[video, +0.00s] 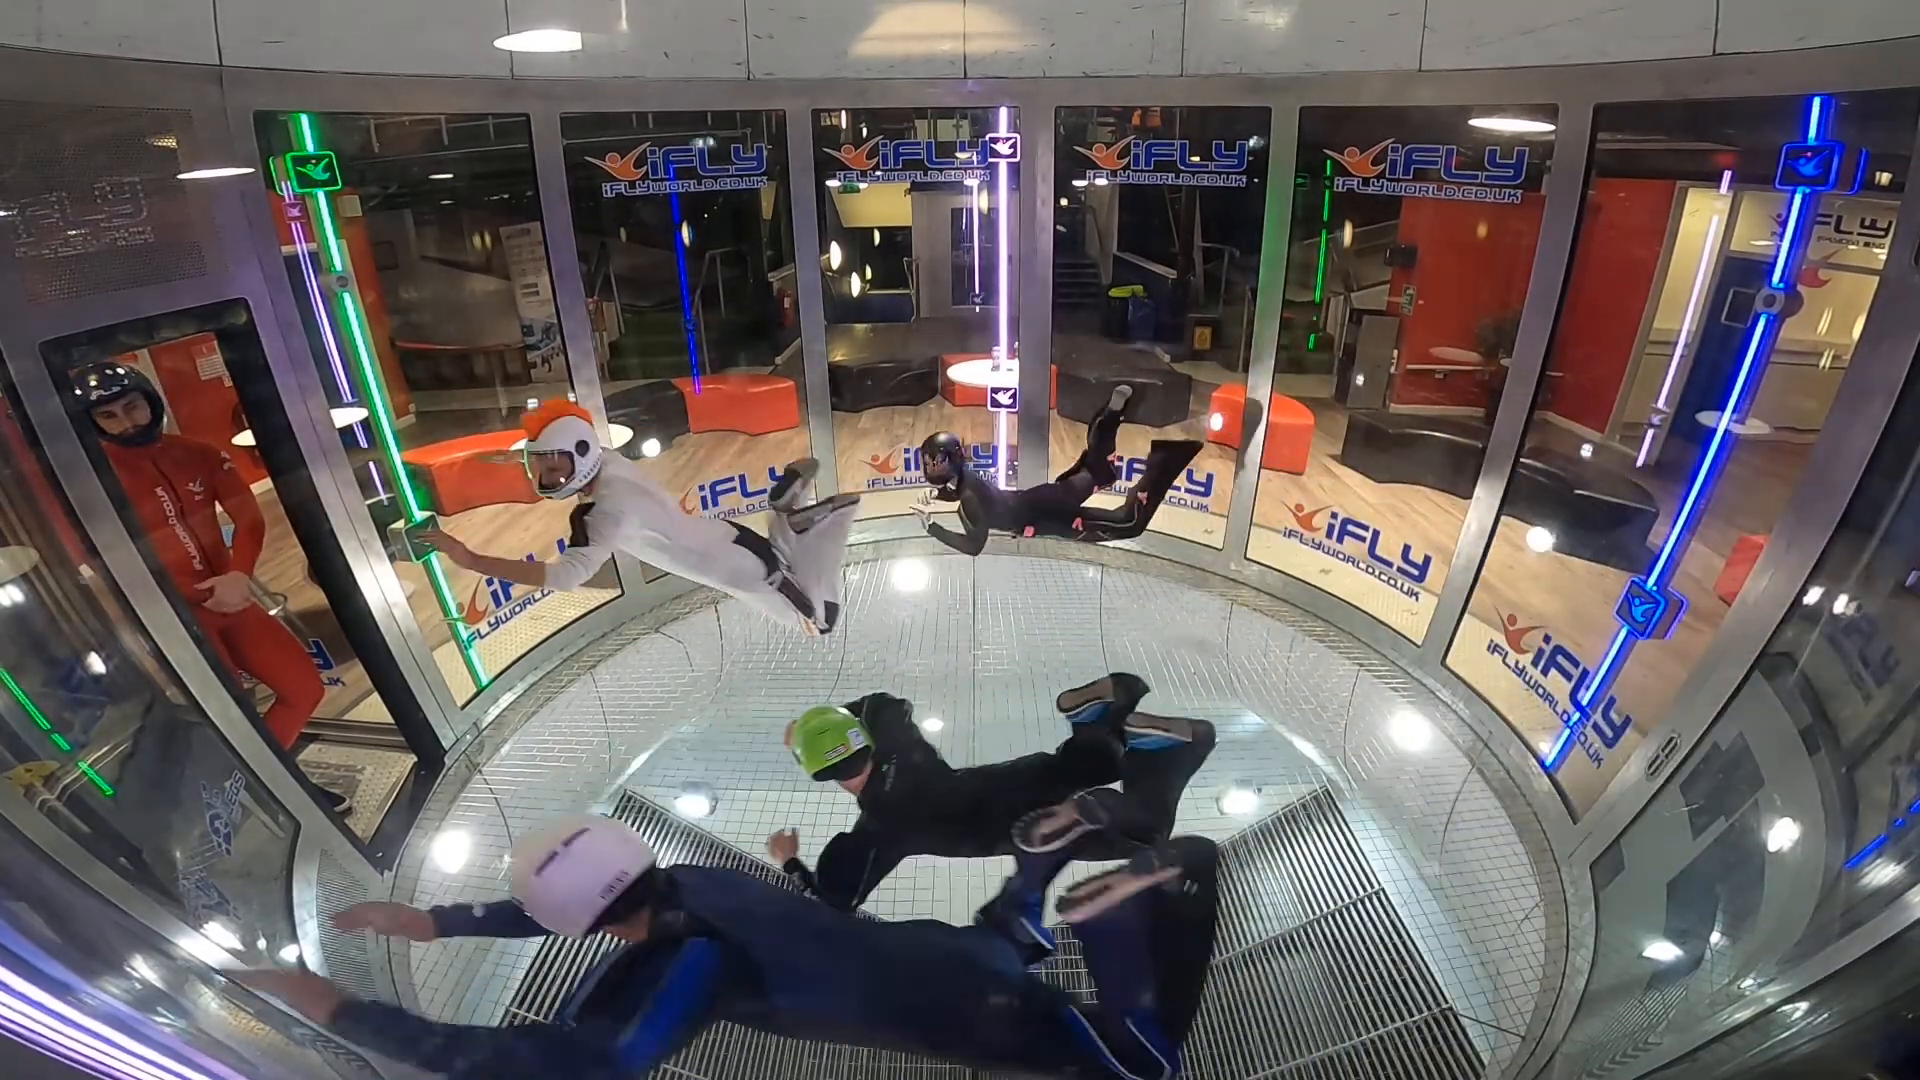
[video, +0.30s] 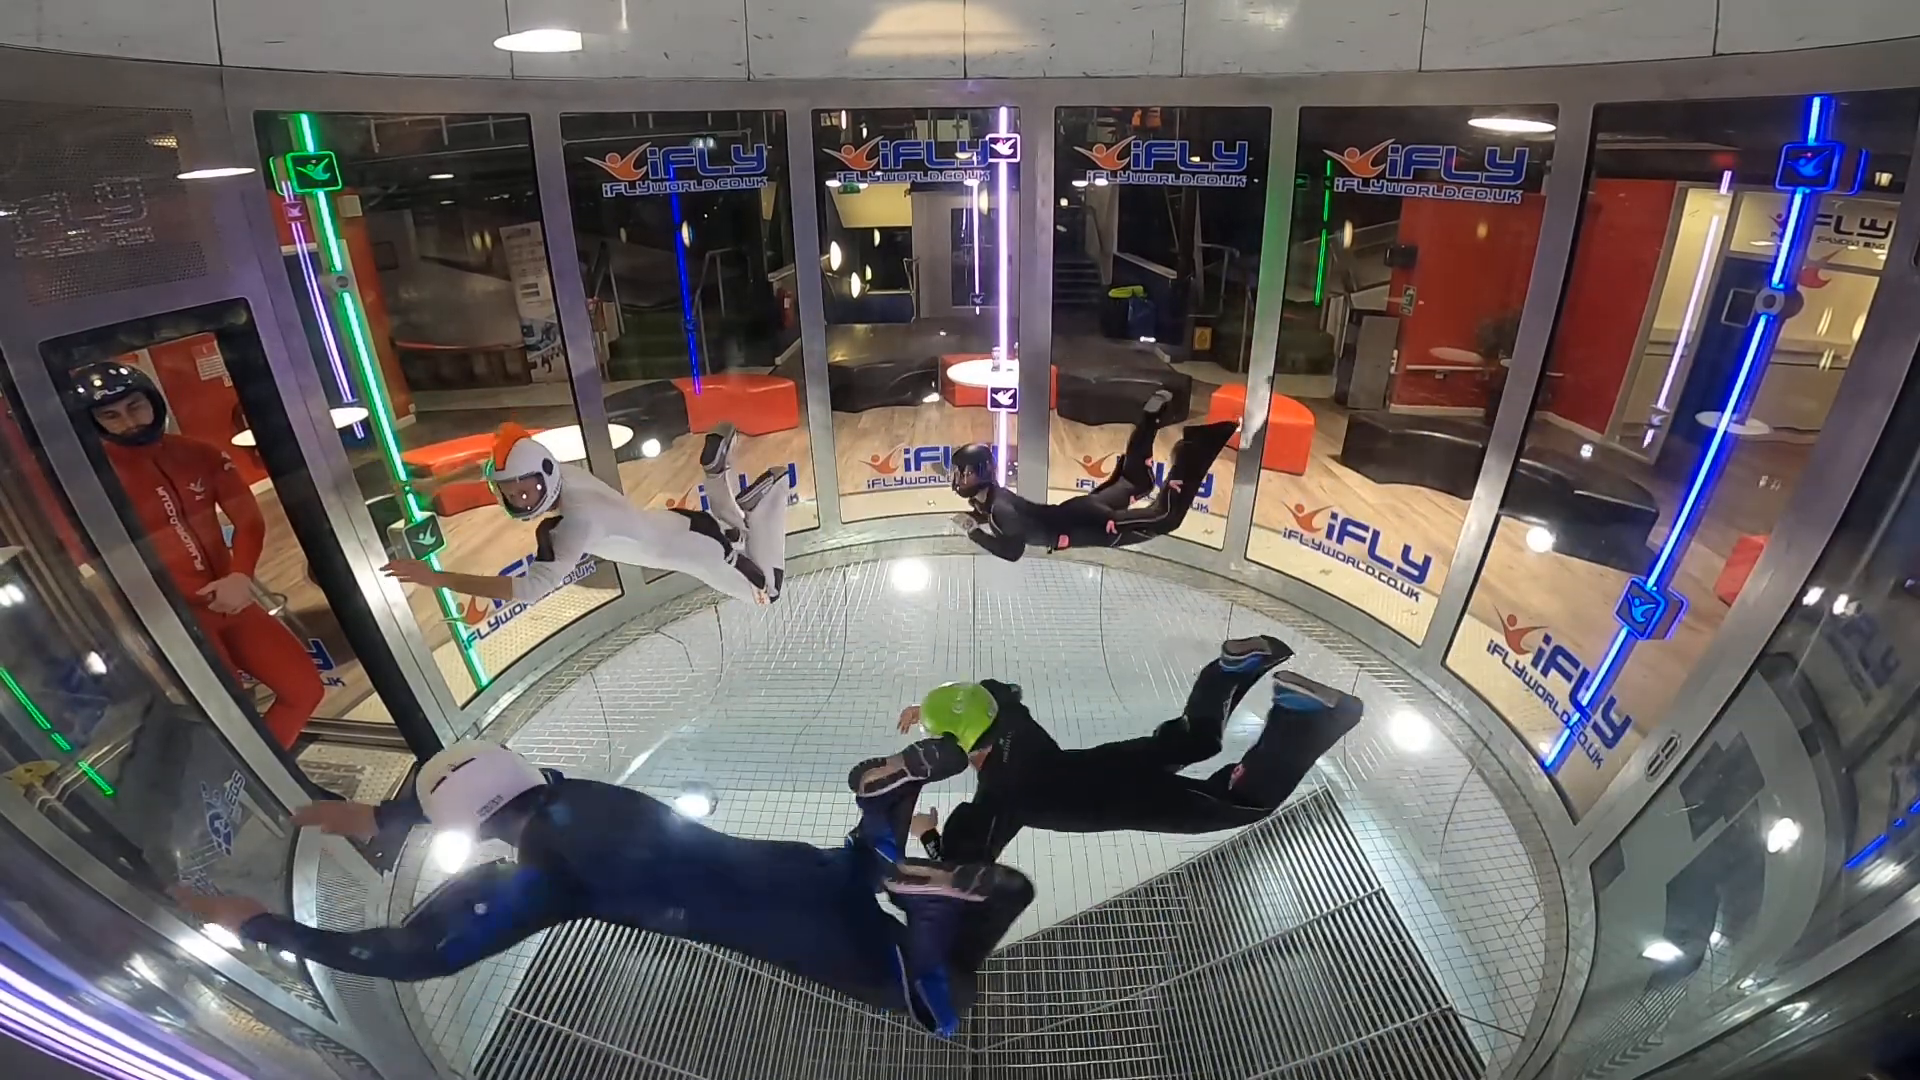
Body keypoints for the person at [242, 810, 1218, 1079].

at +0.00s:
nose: (596, 864)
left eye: (572, 905)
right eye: (600, 857)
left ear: (603, 925)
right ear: (619, 874)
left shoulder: (683, 947)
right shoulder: (667, 880)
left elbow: (566, 1056)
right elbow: (543, 903)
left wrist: (347, 1014)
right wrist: (432, 920)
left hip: (988, 998)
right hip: (955, 957)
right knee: (1025, 901)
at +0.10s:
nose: (526, 906)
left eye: (528, 894)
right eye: (522, 892)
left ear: (554, 887)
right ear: (563, 850)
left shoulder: (621, 921)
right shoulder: (608, 850)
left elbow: (495, 1025)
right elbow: (492, 882)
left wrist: (313, 957)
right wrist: (392, 892)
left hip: (871, 973)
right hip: (846, 930)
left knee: (1055, 1020)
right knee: (928, 934)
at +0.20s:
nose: (487, 853)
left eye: (489, 846)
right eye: (495, 833)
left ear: (512, 853)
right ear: (541, 814)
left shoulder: (558, 897)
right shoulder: (585, 822)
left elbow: (441, 991)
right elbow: (482, 836)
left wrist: (291, 940)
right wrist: (385, 859)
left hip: (826, 951)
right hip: (820, 897)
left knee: (1001, 1007)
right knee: (893, 892)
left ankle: (1004, 869)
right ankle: (935, 814)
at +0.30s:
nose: (464, 826)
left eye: (464, 817)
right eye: (467, 805)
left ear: (488, 818)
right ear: (517, 773)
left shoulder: (527, 877)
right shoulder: (564, 789)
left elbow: (400, 952)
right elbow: (452, 807)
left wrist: (262, 923)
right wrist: (360, 824)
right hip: (793, 868)